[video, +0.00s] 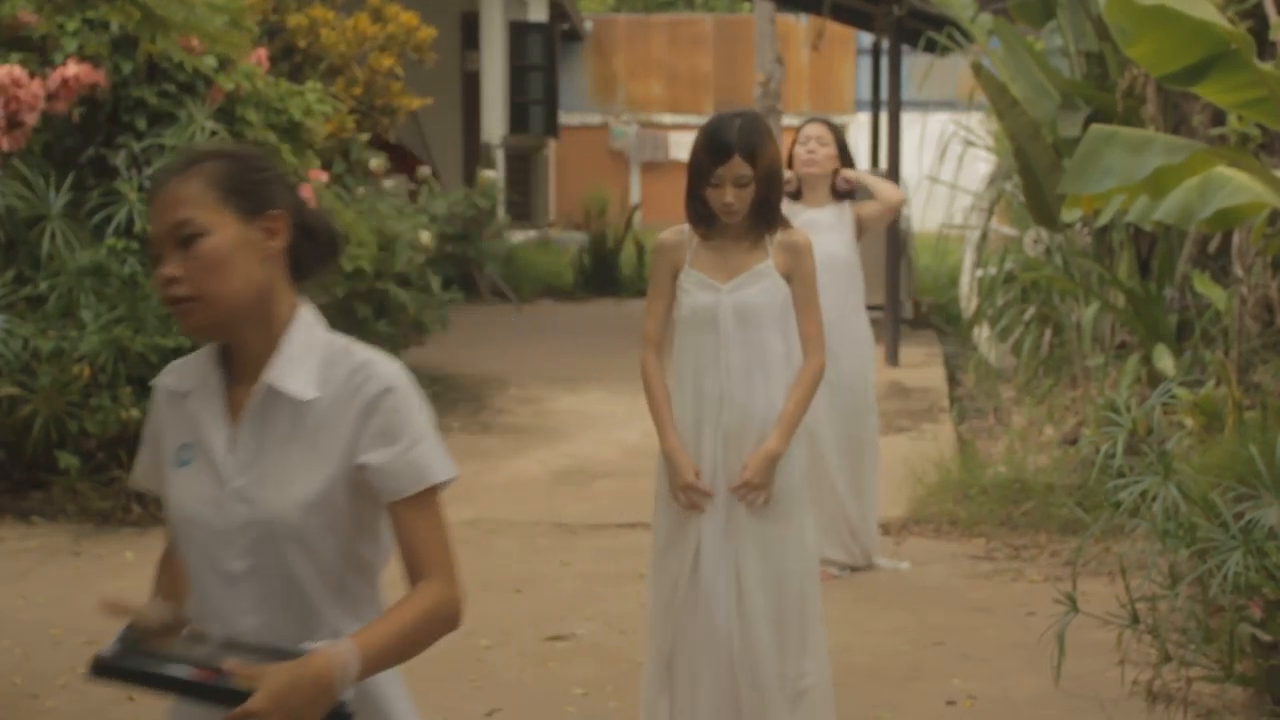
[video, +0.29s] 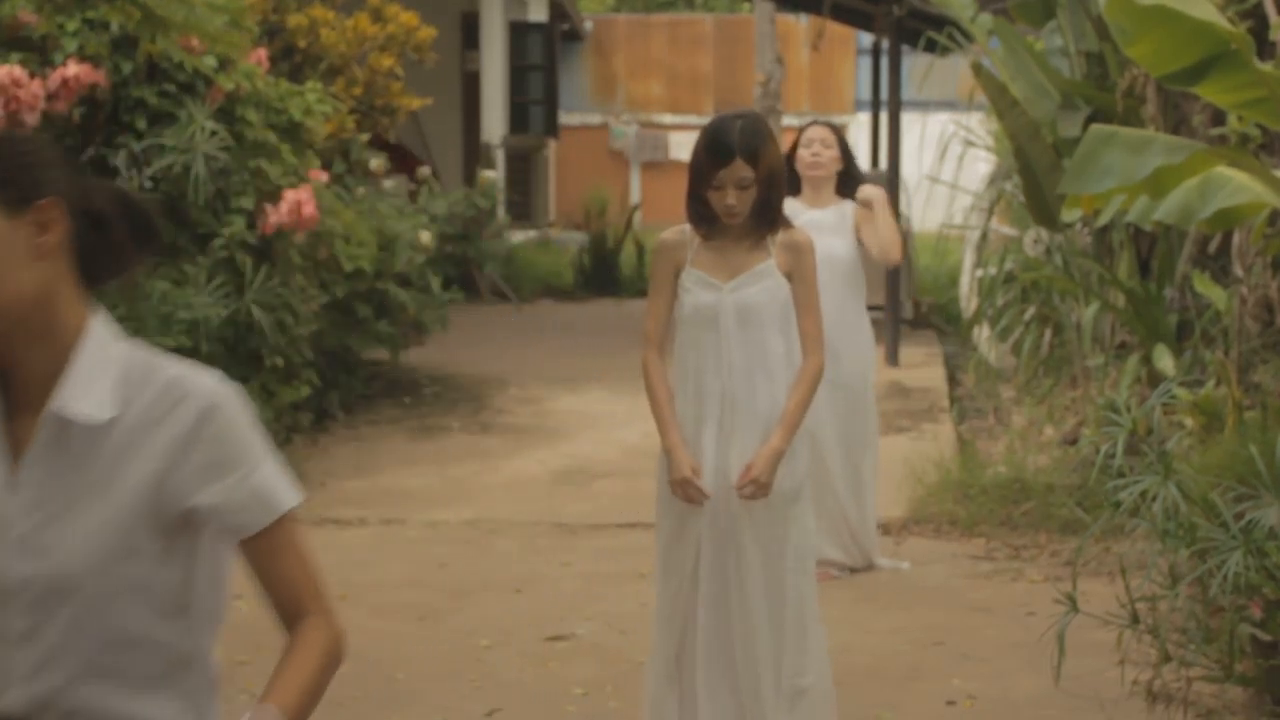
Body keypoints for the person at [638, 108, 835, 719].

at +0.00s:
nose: (727, 198)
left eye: (741, 184)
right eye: (715, 184)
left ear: (764, 182)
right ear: (697, 181)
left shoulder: (790, 248)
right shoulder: (674, 248)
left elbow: (815, 359)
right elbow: (652, 354)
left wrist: (772, 450)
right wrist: (674, 451)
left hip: (768, 458)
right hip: (694, 457)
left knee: (769, 617)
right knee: (695, 616)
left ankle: (771, 711)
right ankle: (697, 712)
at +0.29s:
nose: (730, 200)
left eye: (744, 186)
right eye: (718, 186)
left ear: (766, 182)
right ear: (699, 182)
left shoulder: (791, 247)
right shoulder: (676, 248)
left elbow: (814, 360)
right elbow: (654, 355)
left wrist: (774, 450)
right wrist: (675, 448)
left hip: (769, 458)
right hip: (697, 457)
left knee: (769, 617)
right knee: (698, 616)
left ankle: (770, 711)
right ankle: (699, 712)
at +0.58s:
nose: (732, 198)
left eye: (746, 183)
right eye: (720, 184)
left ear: (768, 180)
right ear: (702, 181)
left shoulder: (794, 247)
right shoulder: (678, 247)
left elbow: (808, 361)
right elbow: (656, 355)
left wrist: (794, 457)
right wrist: (670, 453)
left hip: (769, 453)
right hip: (699, 454)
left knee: (769, 615)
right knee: (700, 613)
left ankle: (770, 712)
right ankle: (700, 712)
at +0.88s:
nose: (733, 176)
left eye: (747, 163)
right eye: (721, 163)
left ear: (767, 170)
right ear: (705, 169)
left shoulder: (795, 246)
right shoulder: (679, 245)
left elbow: (813, 354)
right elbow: (659, 354)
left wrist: (827, 458)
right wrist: (646, 456)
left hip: (775, 451)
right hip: (698, 450)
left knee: (769, 606)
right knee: (700, 607)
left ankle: (769, 711)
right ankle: (701, 712)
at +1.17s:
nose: (735, 172)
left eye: (749, 160)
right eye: (724, 159)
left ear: (769, 168)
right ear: (707, 167)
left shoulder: (796, 246)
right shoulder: (681, 245)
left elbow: (811, 356)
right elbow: (661, 355)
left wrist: (821, 461)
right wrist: (648, 455)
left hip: (774, 452)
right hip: (698, 450)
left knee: (769, 607)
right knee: (699, 607)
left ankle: (769, 712)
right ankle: (700, 712)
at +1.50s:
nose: (738, 173)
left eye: (752, 160)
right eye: (725, 160)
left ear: (771, 169)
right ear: (708, 168)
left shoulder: (797, 247)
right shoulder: (682, 246)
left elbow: (808, 358)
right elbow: (665, 356)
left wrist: (811, 462)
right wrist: (656, 457)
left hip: (772, 448)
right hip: (700, 448)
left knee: (769, 603)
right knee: (702, 601)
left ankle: (769, 711)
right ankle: (702, 711)